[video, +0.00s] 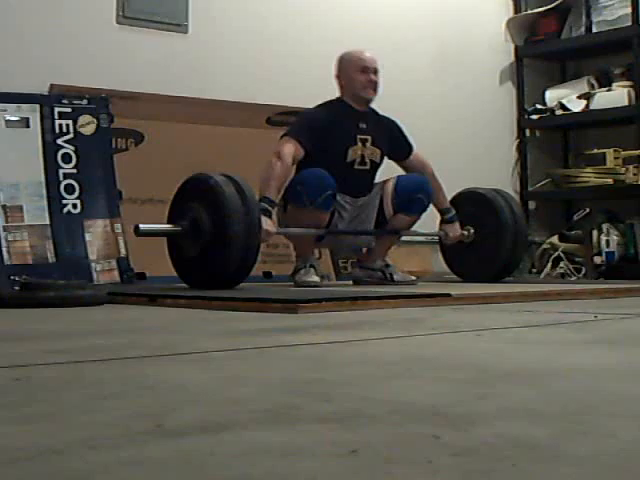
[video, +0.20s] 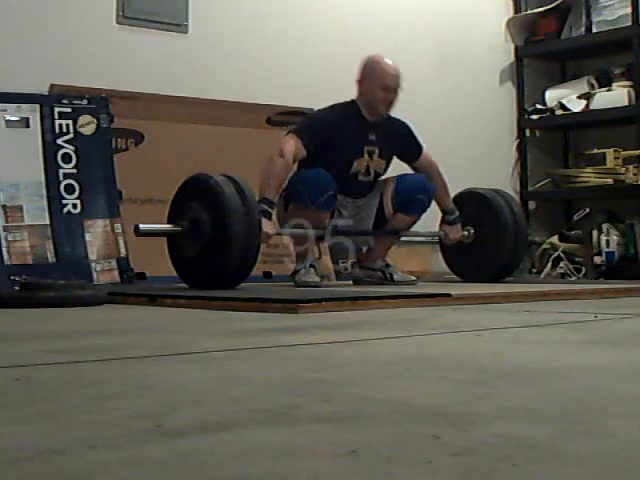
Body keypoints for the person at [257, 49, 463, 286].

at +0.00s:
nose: (372, 79)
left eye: (375, 73)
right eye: (364, 72)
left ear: (380, 78)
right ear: (341, 78)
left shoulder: (385, 128)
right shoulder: (317, 118)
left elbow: (422, 170)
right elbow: (283, 157)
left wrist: (449, 216)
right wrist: (266, 209)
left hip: (362, 213)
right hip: (317, 210)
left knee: (417, 188)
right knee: (315, 182)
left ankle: (373, 262)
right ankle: (304, 263)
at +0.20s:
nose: (392, 97)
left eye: (396, 91)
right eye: (386, 89)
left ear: (399, 91)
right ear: (362, 85)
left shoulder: (395, 131)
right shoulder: (330, 119)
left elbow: (429, 170)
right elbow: (284, 153)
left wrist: (451, 215)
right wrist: (266, 210)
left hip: (363, 209)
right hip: (318, 207)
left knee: (419, 187)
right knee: (315, 182)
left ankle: (372, 263)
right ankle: (304, 264)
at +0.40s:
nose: (406, 121)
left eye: (411, 114)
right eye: (400, 112)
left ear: (416, 109)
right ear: (377, 98)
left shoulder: (411, 136)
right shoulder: (340, 122)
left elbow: (438, 172)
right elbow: (284, 153)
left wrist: (455, 216)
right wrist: (263, 209)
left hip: (361, 203)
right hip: (315, 200)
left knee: (416, 186)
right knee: (316, 181)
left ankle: (371, 263)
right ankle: (305, 265)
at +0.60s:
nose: (412, 128)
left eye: (418, 121)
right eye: (408, 119)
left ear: (423, 116)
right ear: (386, 103)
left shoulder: (414, 128)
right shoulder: (349, 111)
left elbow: (439, 171)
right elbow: (297, 153)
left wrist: (457, 219)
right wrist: (266, 213)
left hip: (342, 151)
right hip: (293, 133)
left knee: (399, 172)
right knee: (319, 168)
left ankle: (371, 262)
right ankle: (303, 265)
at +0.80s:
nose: (416, 124)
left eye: (421, 117)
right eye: (411, 115)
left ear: (426, 111)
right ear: (389, 100)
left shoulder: (415, 119)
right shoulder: (353, 104)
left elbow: (438, 171)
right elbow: (306, 160)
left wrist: (457, 219)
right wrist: (270, 216)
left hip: (340, 116)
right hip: (295, 100)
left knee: (382, 168)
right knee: (303, 165)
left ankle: (372, 262)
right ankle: (269, 253)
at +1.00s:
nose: (416, 125)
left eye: (421, 118)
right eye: (411, 116)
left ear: (426, 111)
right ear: (389, 100)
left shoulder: (416, 118)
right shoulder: (354, 105)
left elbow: (438, 170)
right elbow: (304, 161)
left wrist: (456, 218)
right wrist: (269, 215)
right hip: (299, 100)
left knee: (382, 168)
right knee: (295, 171)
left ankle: (372, 262)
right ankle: (273, 260)